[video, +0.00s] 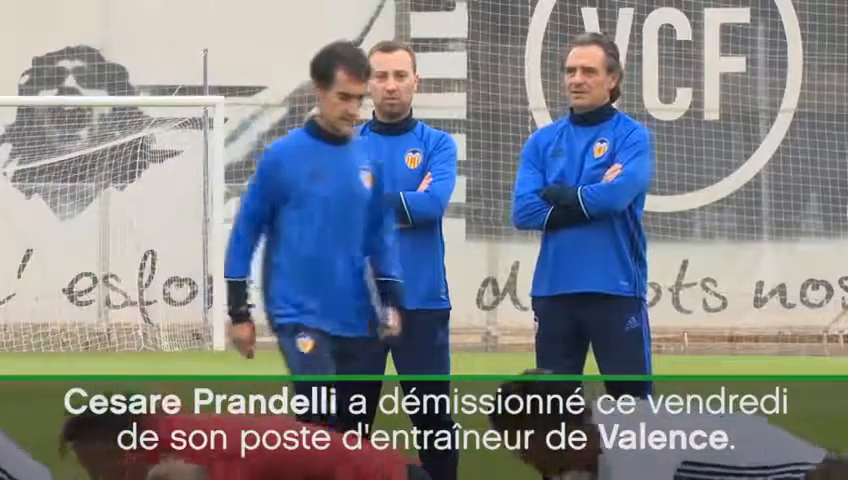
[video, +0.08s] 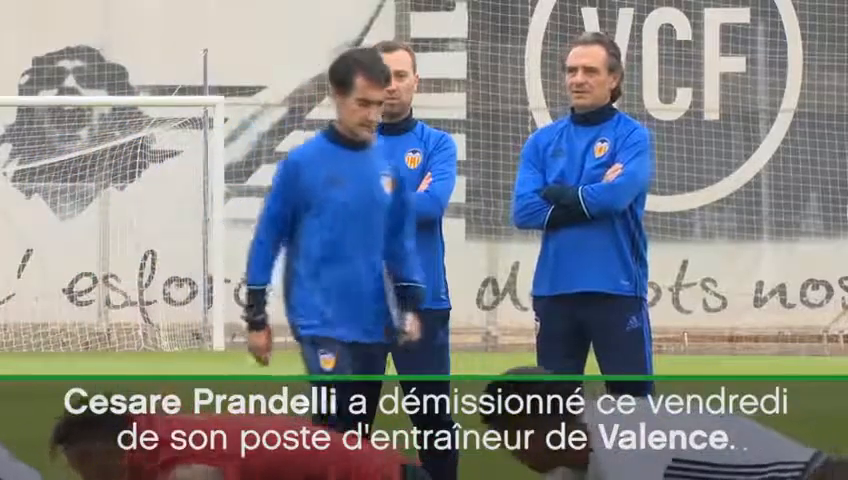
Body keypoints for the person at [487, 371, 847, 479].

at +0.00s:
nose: (525, 457)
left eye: (521, 447)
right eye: (518, 447)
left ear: (541, 439)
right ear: (569, 406)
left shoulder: (630, 465)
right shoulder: (606, 414)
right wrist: (569, 474)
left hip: (809, 469)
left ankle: (819, 464)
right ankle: (818, 461)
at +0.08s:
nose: (514, 452)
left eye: (512, 439)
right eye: (507, 441)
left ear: (539, 433)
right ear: (561, 409)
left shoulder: (620, 463)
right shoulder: (603, 419)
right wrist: (564, 473)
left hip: (811, 472)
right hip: (809, 463)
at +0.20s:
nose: (503, 455)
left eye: (499, 442)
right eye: (495, 444)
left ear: (525, 432)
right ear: (542, 409)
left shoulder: (610, 465)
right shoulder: (591, 418)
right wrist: (554, 471)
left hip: (801, 472)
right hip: (801, 460)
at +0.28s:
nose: (501, 454)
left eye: (497, 442)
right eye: (493, 444)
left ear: (522, 431)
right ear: (539, 407)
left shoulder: (607, 465)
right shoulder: (590, 415)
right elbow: (555, 470)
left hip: (799, 472)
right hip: (800, 460)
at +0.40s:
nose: (507, 455)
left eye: (503, 442)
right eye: (498, 444)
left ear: (527, 429)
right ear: (543, 407)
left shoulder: (609, 464)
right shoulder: (593, 417)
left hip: (798, 472)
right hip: (797, 460)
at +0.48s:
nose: (507, 453)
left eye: (504, 440)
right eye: (500, 442)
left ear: (528, 430)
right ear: (546, 408)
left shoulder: (614, 460)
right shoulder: (595, 424)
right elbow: (554, 475)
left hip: (805, 472)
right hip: (799, 463)